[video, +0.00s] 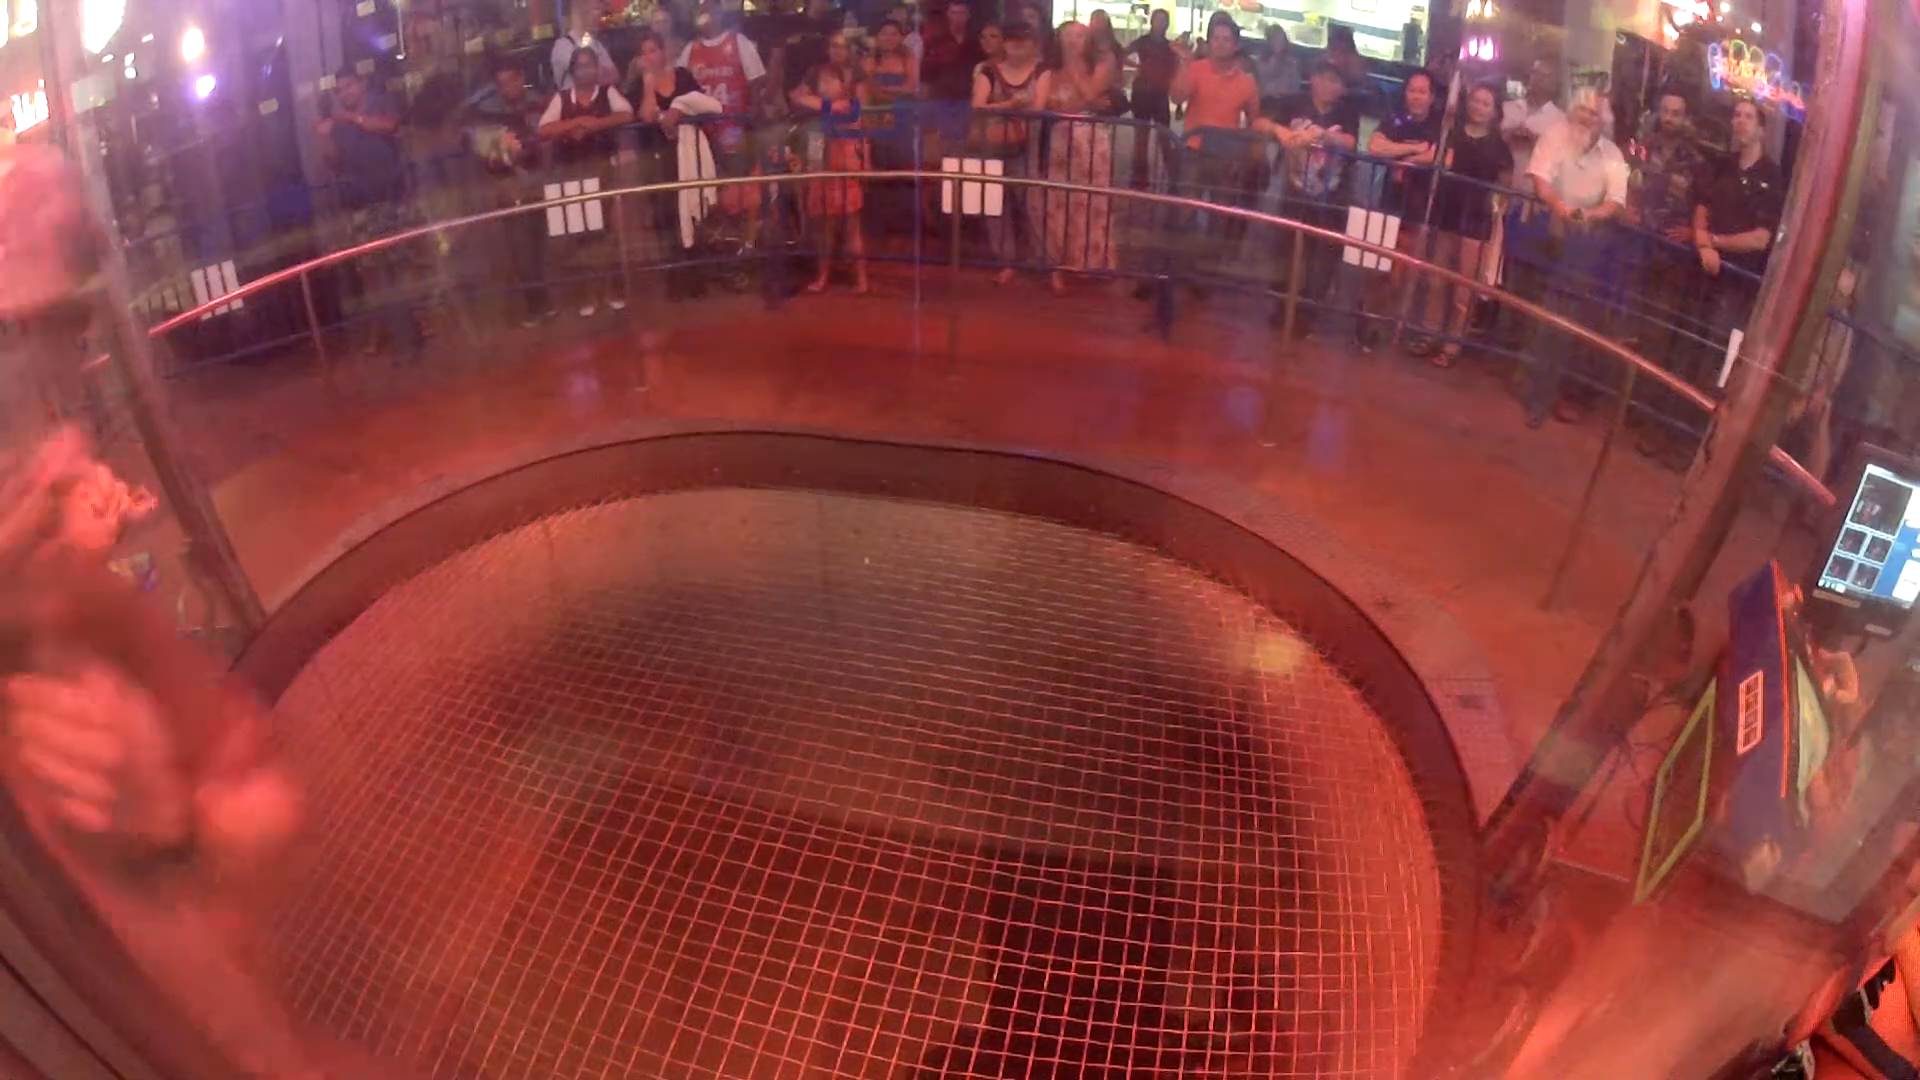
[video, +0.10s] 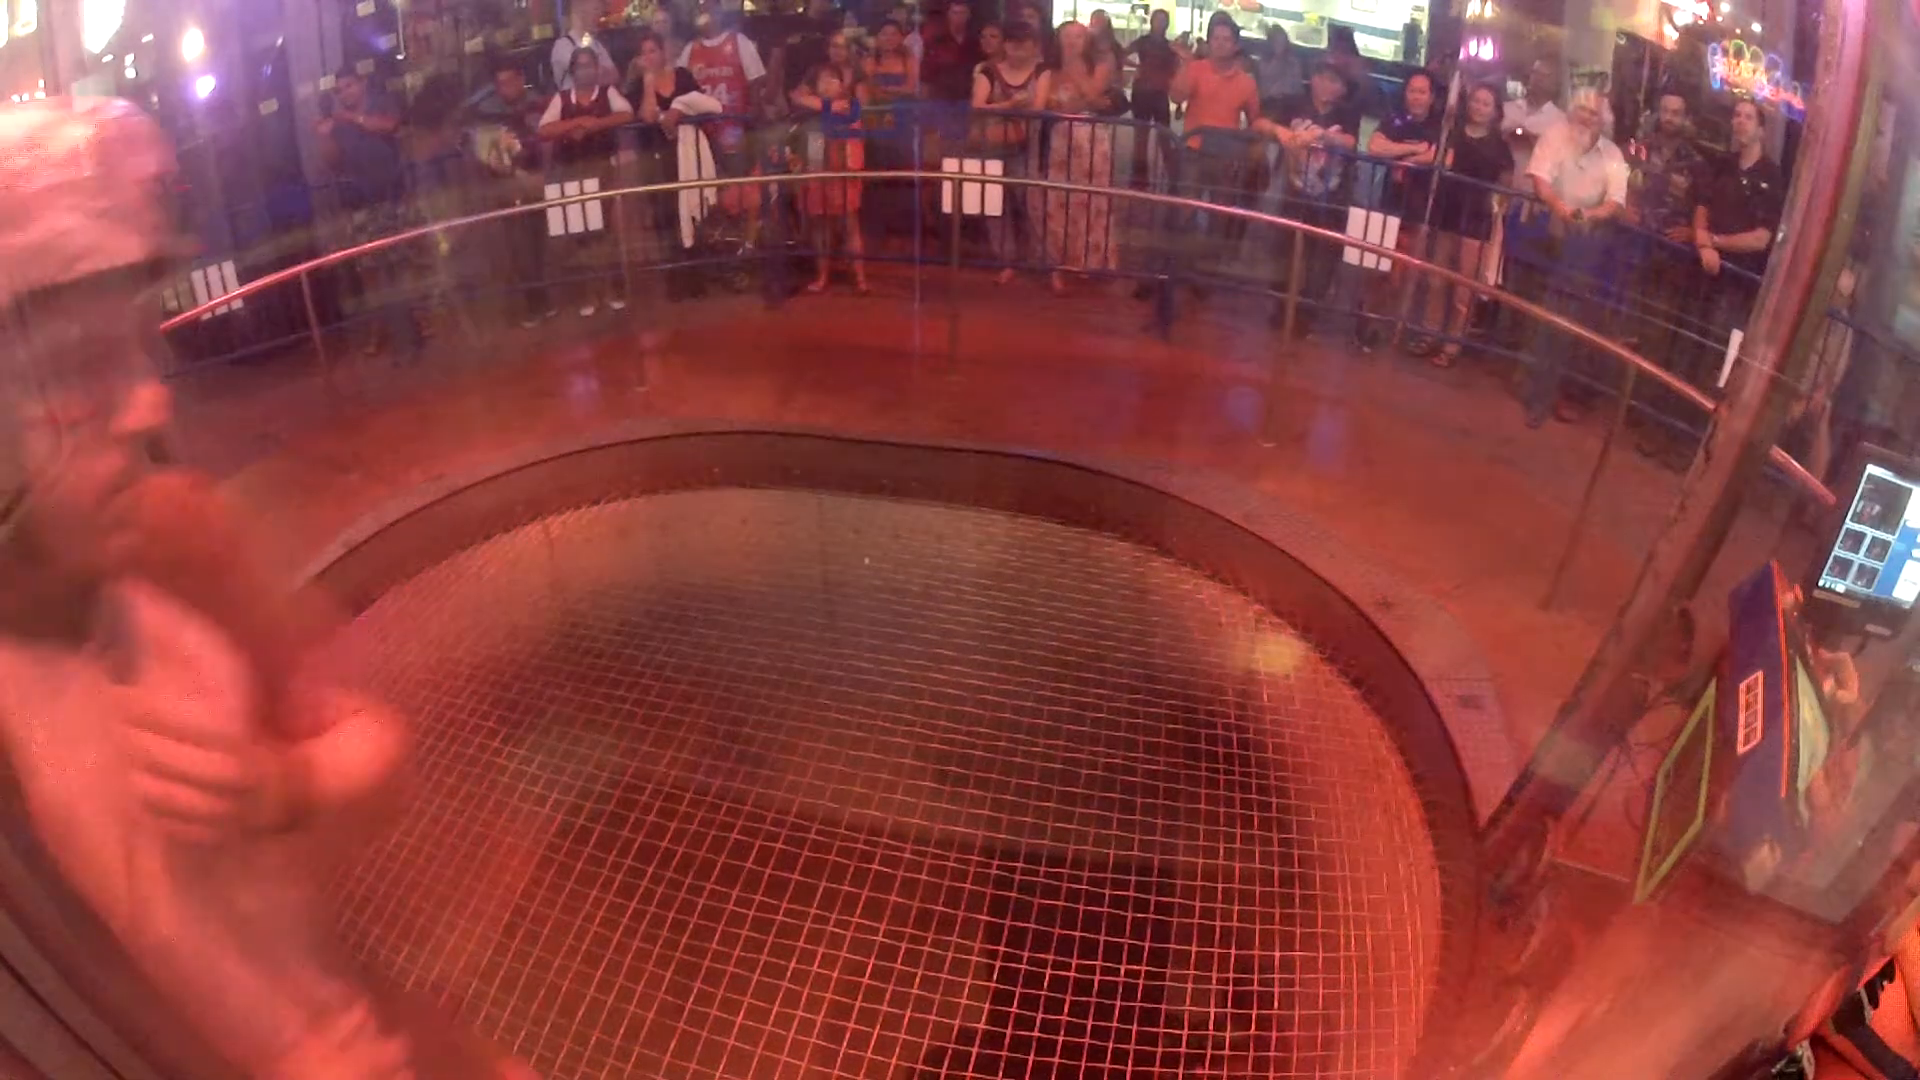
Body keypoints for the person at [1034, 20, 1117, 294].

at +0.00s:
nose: (1075, 40)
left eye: (1081, 36)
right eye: (1070, 36)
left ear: (1088, 40)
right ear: (1061, 40)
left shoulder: (1099, 66)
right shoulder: (1051, 74)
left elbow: (1090, 94)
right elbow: (1038, 108)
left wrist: (1074, 63)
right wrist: (1069, 106)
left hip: (1088, 137)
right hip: (1060, 136)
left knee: (1086, 200)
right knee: (1057, 199)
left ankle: (1084, 263)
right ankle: (1057, 264)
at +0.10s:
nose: (1074, 41)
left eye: (1079, 37)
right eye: (1068, 36)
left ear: (1087, 42)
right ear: (1059, 41)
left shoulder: (1097, 67)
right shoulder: (1051, 74)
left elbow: (1094, 95)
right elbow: (1039, 107)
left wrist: (1075, 68)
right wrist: (1067, 103)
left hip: (1089, 137)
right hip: (1060, 137)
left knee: (1087, 201)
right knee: (1058, 201)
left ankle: (1085, 264)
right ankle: (1058, 264)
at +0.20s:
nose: (1071, 41)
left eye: (1076, 36)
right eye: (1066, 36)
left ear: (1085, 41)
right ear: (1058, 41)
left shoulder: (1095, 69)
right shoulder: (1051, 74)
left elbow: (1096, 97)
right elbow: (1039, 107)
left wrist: (1077, 68)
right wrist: (1062, 103)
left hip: (1088, 137)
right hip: (1059, 136)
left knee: (1088, 201)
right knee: (1058, 200)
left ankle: (1085, 264)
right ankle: (1059, 264)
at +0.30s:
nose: (1069, 41)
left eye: (1074, 36)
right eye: (1065, 36)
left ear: (1084, 41)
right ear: (1057, 41)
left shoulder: (1095, 68)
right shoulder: (1051, 74)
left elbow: (1095, 96)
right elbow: (1038, 107)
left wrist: (1077, 67)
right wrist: (1064, 104)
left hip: (1088, 136)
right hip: (1059, 136)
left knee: (1087, 201)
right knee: (1058, 200)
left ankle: (1085, 263)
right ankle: (1059, 264)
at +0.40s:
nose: (1069, 41)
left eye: (1074, 36)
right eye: (1064, 36)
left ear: (1083, 40)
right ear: (1057, 40)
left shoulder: (1095, 68)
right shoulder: (1050, 74)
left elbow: (1095, 97)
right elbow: (1037, 108)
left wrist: (1076, 66)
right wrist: (1064, 105)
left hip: (1088, 137)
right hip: (1059, 137)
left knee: (1087, 201)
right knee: (1058, 200)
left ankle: (1085, 264)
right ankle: (1058, 265)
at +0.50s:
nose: (1067, 45)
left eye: (1072, 39)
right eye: (1063, 40)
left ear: (1082, 42)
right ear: (1055, 44)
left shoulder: (1095, 68)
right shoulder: (1051, 74)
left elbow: (1097, 98)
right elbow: (1039, 108)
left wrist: (1078, 71)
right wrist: (1061, 105)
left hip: (1089, 137)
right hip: (1059, 137)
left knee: (1088, 200)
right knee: (1059, 200)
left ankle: (1086, 263)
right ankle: (1059, 264)